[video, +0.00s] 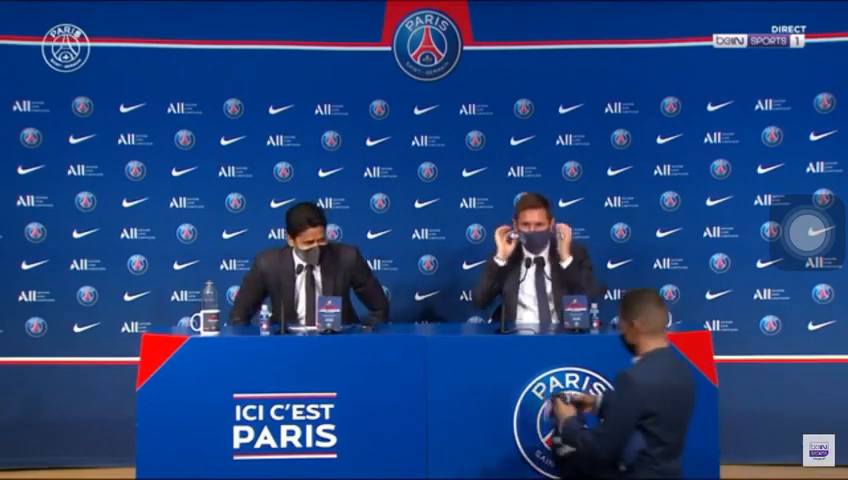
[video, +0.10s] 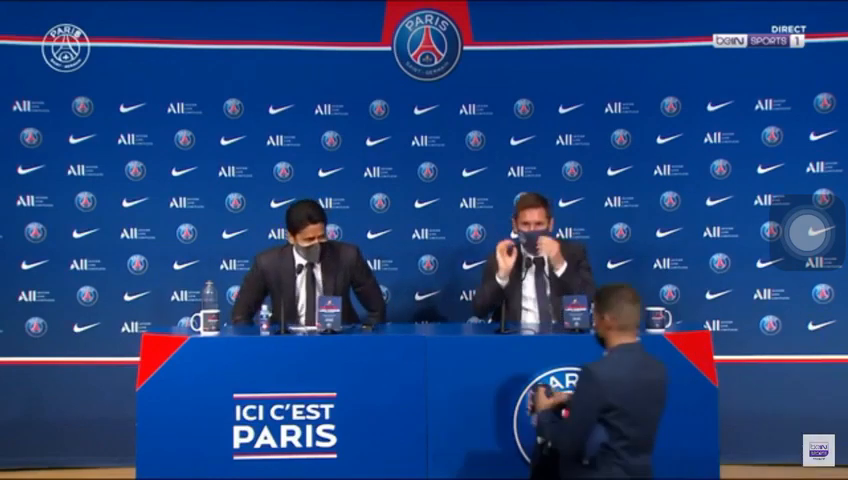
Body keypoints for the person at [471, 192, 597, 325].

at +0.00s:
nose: (532, 231)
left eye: (539, 225)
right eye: (526, 225)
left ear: (551, 225)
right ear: (516, 225)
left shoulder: (573, 253)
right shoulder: (506, 255)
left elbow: (591, 296)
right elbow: (480, 301)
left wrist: (566, 259)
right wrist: (500, 258)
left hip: (561, 340)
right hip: (516, 341)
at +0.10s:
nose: (532, 231)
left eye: (538, 224)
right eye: (525, 224)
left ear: (550, 225)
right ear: (515, 225)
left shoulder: (573, 253)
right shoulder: (501, 256)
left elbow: (587, 298)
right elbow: (480, 310)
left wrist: (559, 265)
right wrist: (502, 276)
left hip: (560, 342)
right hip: (514, 343)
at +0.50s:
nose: (528, 236)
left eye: (534, 229)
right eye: (521, 229)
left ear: (541, 225)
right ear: (506, 228)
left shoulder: (562, 250)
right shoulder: (487, 262)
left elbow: (593, 291)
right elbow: (474, 306)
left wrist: (569, 289)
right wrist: (501, 312)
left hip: (556, 340)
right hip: (505, 344)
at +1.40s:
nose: (532, 212)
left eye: (539, 207)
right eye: (528, 205)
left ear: (560, 200)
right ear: (524, 198)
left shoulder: (588, 227)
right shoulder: (512, 222)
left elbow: (615, 269)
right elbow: (486, 262)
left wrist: (591, 310)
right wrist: (501, 302)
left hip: (572, 329)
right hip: (522, 329)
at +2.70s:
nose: (573, 157)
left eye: (580, 152)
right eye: (572, 150)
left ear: (603, 150)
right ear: (570, 145)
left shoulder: (637, 180)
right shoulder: (560, 182)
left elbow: (666, 228)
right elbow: (537, 226)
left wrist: (644, 256)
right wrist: (551, 256)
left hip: (622, 295)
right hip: (576, 294)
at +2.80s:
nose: (571, 158)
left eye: (578, 152)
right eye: (569, 151)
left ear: (601, 150)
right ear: (567, 146)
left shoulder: (637, 180)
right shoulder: (560, 182)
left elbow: (666, 229)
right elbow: (539, 229)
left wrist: (639, 249)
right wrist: (554, 256)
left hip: (625, 295)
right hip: (578, 295)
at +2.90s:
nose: (570, 160)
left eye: (577, 155)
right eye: (568, 154)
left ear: (600, 151)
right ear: (566, 148)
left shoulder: (636, 177)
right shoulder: (560, 183)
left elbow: (662, 228)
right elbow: (540, 230)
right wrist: (556, 257)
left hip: (628, 294)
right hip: (581, 295)